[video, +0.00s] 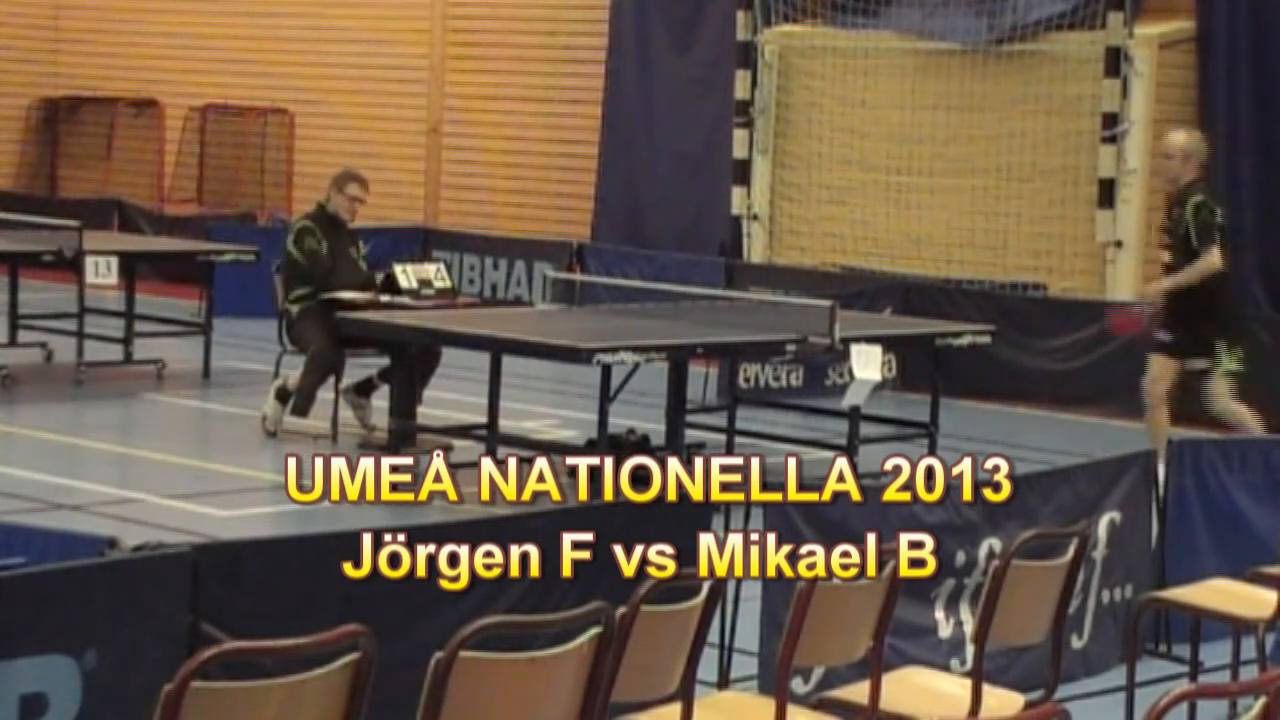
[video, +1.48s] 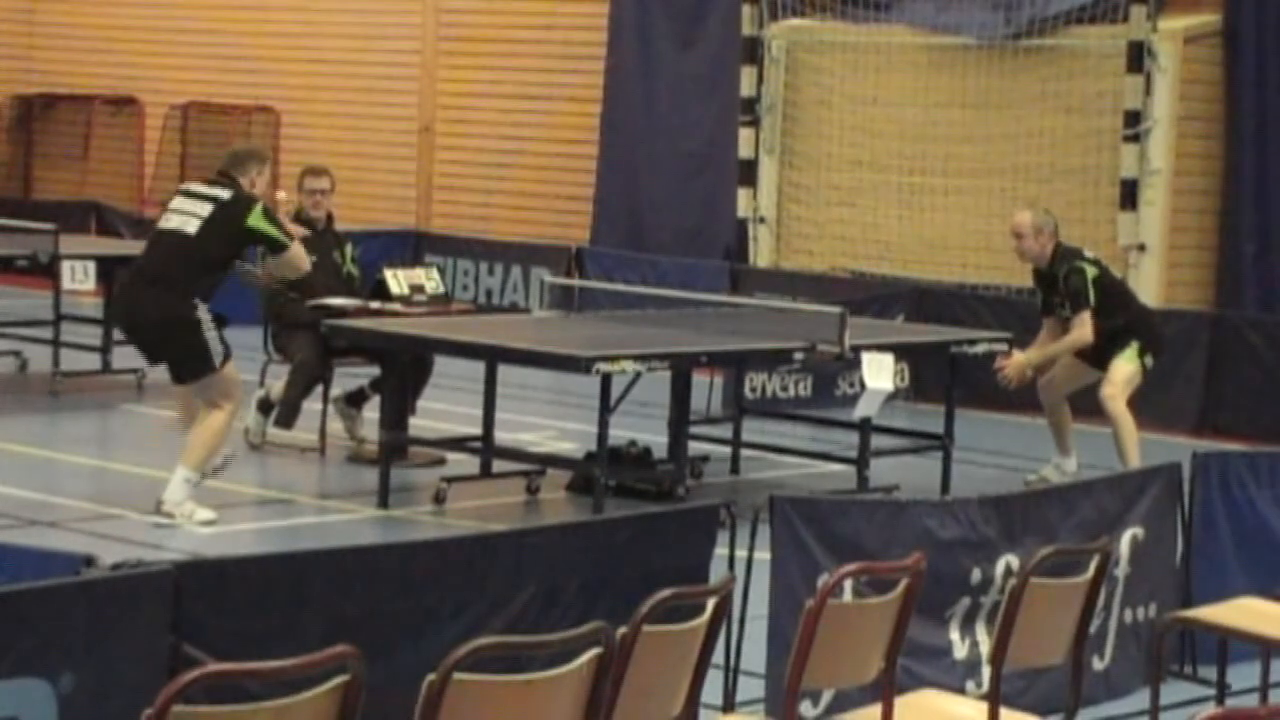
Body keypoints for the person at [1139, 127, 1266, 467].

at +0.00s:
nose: (1160, 164)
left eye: (1168, 158)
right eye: (1161, 157)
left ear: (1190, 162)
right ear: (1177, 162)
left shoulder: (1198, 202)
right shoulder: (1177, 201)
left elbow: (1213, 259)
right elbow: (1182, 259)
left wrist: (1162, 285)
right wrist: (1161, 297)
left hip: (1206, 317)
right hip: (1177, 316)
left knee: (1217, 397)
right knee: (1154, 390)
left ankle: (1269, 449)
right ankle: (1161, 469)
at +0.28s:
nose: (1119, 155)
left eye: (1126, 149)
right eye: (1119, 148)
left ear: (1151, 151)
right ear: (1122, 150)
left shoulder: (1168, 194)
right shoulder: (1116, 191)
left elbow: (1185, 250)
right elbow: (1110, 244)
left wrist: (1126, 268)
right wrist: (1092, 263)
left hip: (1157, 303)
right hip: (1122, 299)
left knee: (1127, 383)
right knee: (1133, 390)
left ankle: (1141, 463)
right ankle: (1153, 467)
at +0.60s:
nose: (1063, 166)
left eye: (1070, 159)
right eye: (1060, 158)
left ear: (1088, 161)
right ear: (1056, 160)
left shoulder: (1106, 196)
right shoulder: (1051, 195)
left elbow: (1131, 254)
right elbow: (1039, 238)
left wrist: (1082, 279)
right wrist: (1050, 273)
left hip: (1097, 308)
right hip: (1060, 307)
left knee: (1067, 385)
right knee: (1063, 389)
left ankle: (1061, 466)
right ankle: (1117, 444)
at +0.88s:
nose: (1026, 259)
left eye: (1030, 250)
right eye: (1024, 251)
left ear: (1055, 251)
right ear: (1050, 253)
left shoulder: (1085, 281)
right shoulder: (1052, 284)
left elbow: (1094, 348)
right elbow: (1063, 342)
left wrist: (1039, 374)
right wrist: (1034, 373)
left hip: (1152, 343)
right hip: (1117, 346)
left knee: (1126, 396)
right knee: (1060, 387)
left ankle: (1147, 481)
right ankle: (1075, 466)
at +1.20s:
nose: (1016, 253)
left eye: (1021, 245)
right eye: (1015, 245)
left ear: (1047, 247)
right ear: (1041, 248)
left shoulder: (1075, 276)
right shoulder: (1044, 279)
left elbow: (1084, 342)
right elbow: (1054, 334)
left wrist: (1027, 366)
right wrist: (1027, 369)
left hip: (1139, 340)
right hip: (1104, 343)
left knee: (1113, 394)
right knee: (1050, 387)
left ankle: (1136, 478)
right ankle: (1066, 462)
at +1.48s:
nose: (1015, 245)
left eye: (1020, 237)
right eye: (1014, 237)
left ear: (1045, 238)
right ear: (1039, 240)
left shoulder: (1075, 270)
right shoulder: (1043, 272)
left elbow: (1084, 334)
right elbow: (1052, 328)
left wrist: (1028, 359)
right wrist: (1027, 362)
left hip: (1135, 336)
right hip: (1101, 338)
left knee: (1111, 395)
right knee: (1049, 388)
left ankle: (1135, 478)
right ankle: (1066, 463)